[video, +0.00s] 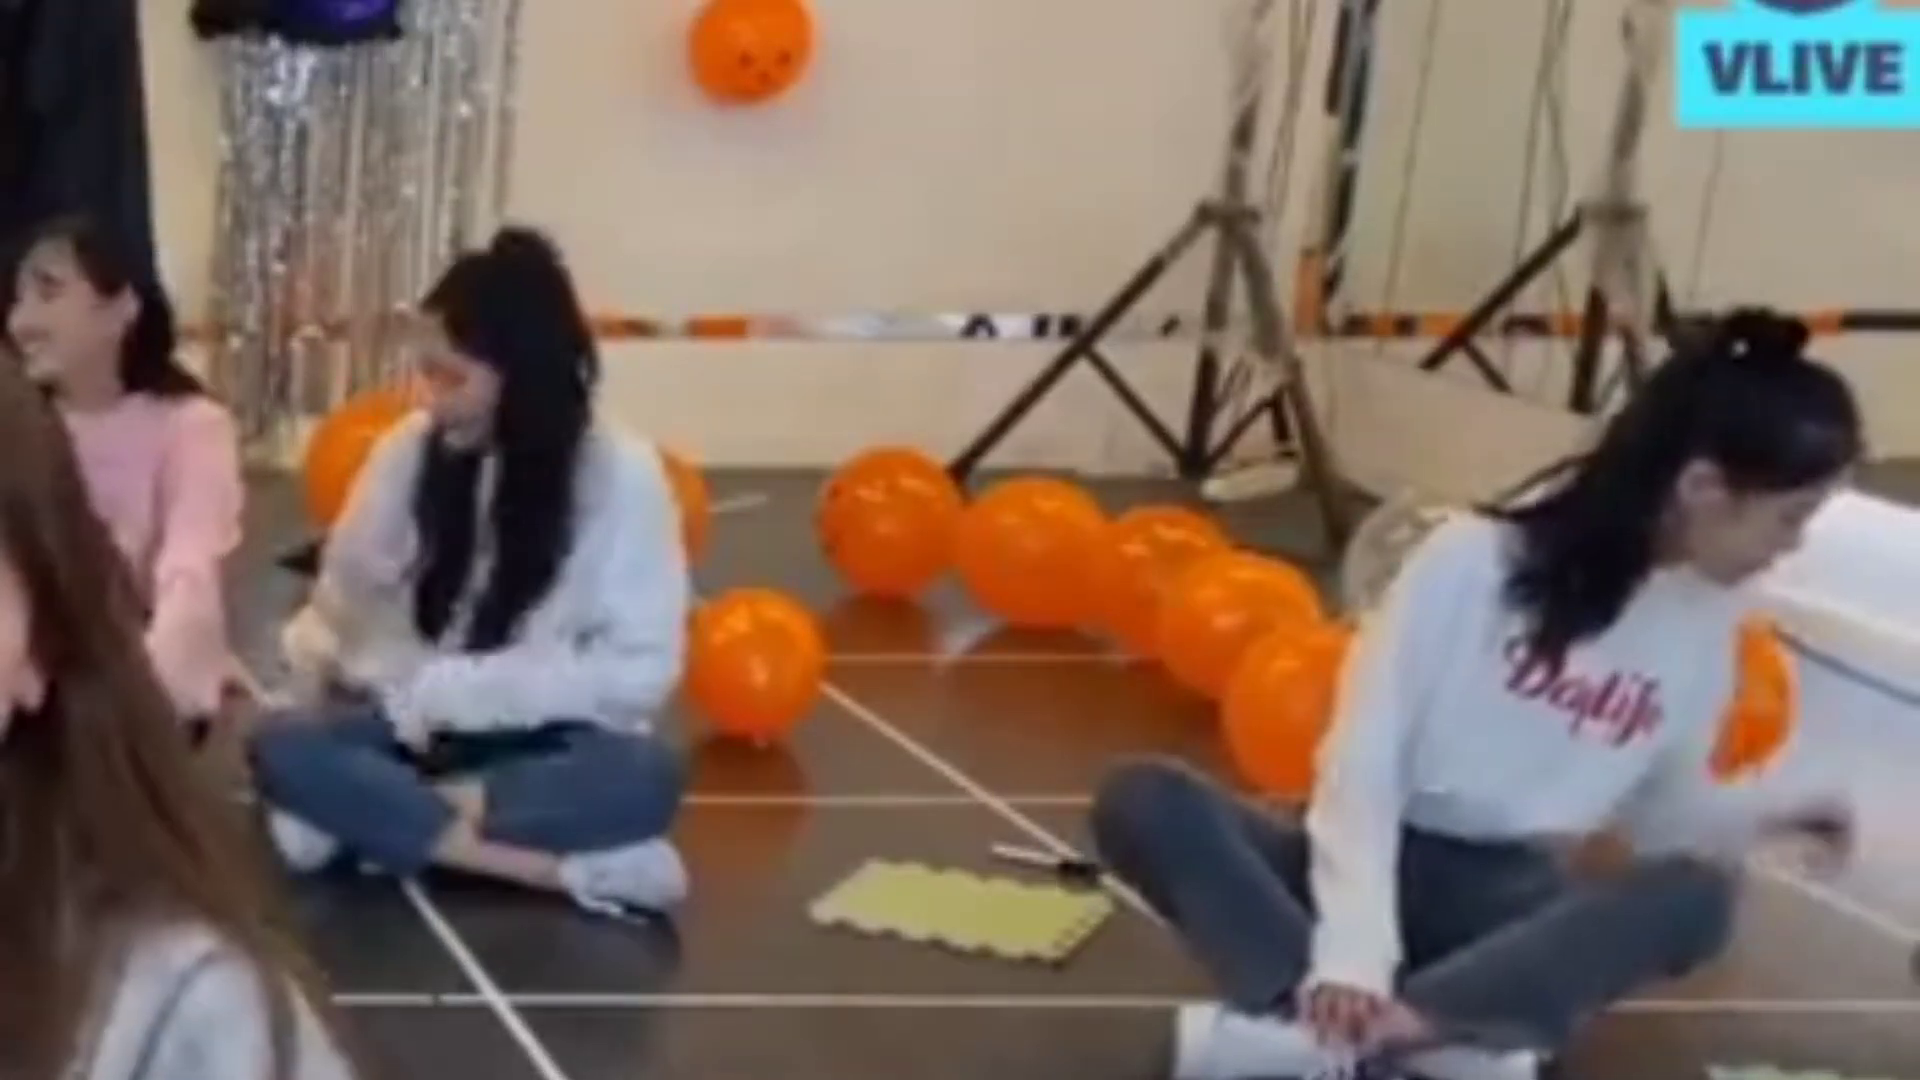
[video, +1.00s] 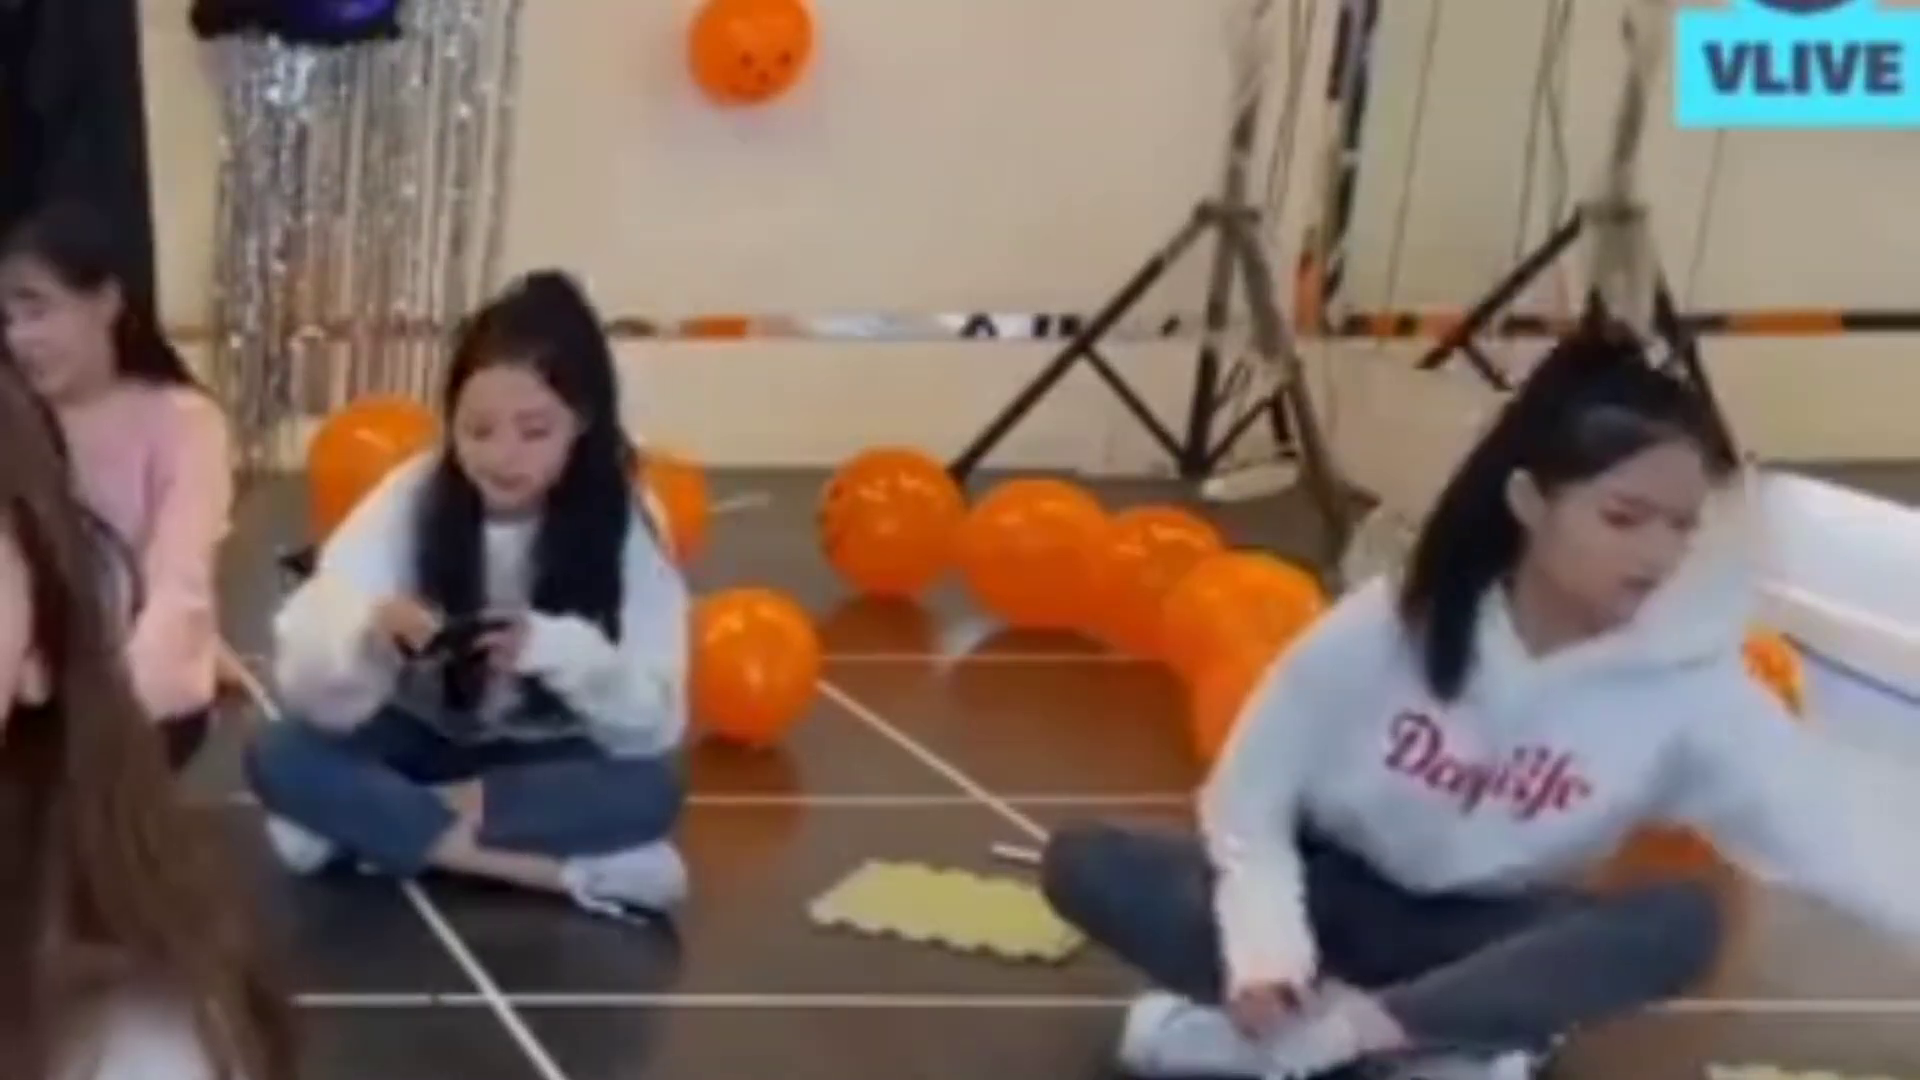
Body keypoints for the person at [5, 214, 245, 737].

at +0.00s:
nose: (21, 320)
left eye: (49, 292)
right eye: (19, 298)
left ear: (123, 309)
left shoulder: (191, 425)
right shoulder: (24, 430)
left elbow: (190, 578)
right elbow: (11, 575)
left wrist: (151, 708)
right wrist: (12, 685)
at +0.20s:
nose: (29, 322)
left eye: (60, 295)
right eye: (19, 301)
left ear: (124, 313)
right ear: (6, 313)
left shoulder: (184, 425)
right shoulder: (20, 431)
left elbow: (184, 576)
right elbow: (10, 579)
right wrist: (12, 682)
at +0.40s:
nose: (35, 328)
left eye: (62, 301)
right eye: (21, 306)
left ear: (124, 312)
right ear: (8, 319)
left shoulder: (180, 424)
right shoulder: (22, 432)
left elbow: (182, 577)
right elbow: (15, 593)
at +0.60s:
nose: (41, 333)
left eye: (67, 307)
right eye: (25, 311)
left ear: (127, 312)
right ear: (8, 320)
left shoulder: (181, 424)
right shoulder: (22, 438)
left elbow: (183, 563)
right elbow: (10, 568)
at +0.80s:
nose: (41, 334)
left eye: (67, 308)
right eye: (26, 313)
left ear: (126, 313)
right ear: (9, 320)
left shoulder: (178, 426)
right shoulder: (19, 430)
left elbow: (180, 591)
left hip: (148, 704)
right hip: (38, 697)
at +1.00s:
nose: (16, 336)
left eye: (35, 310)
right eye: (7, 316)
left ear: (108, 301)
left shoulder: (180, 421)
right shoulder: (18, 426)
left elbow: (182, 583)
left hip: (147, 700)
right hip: (34, 696)